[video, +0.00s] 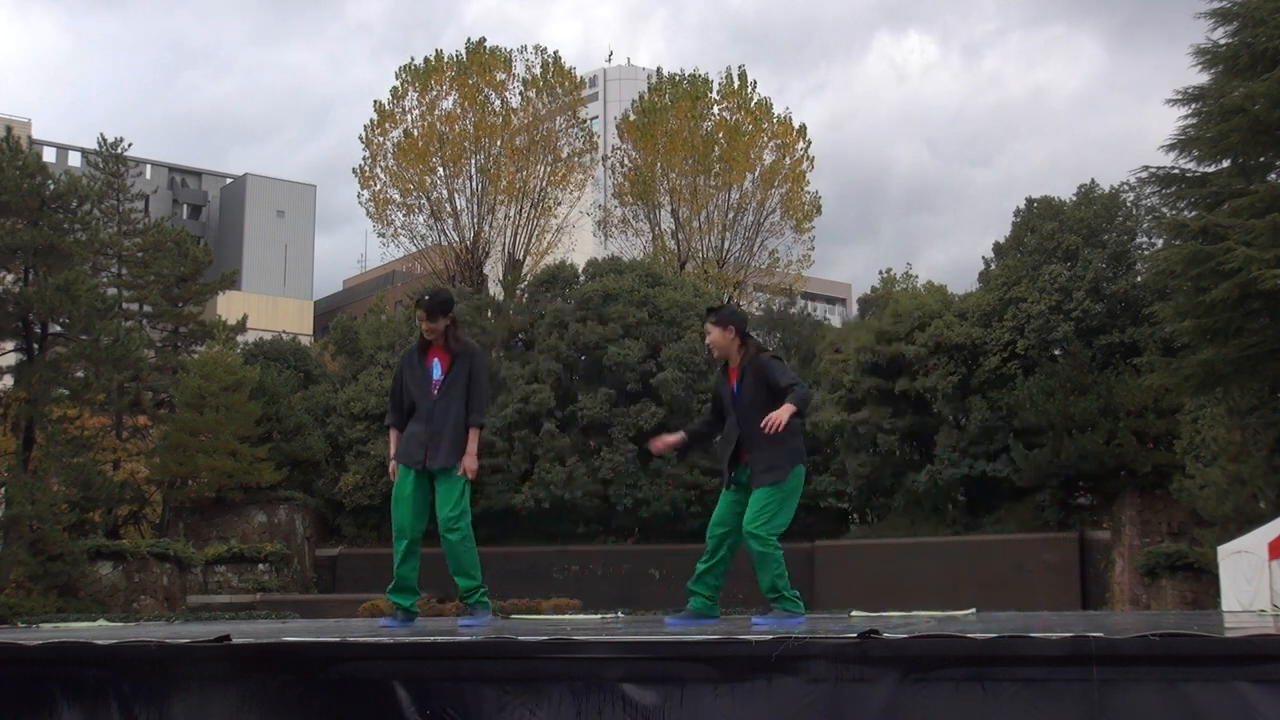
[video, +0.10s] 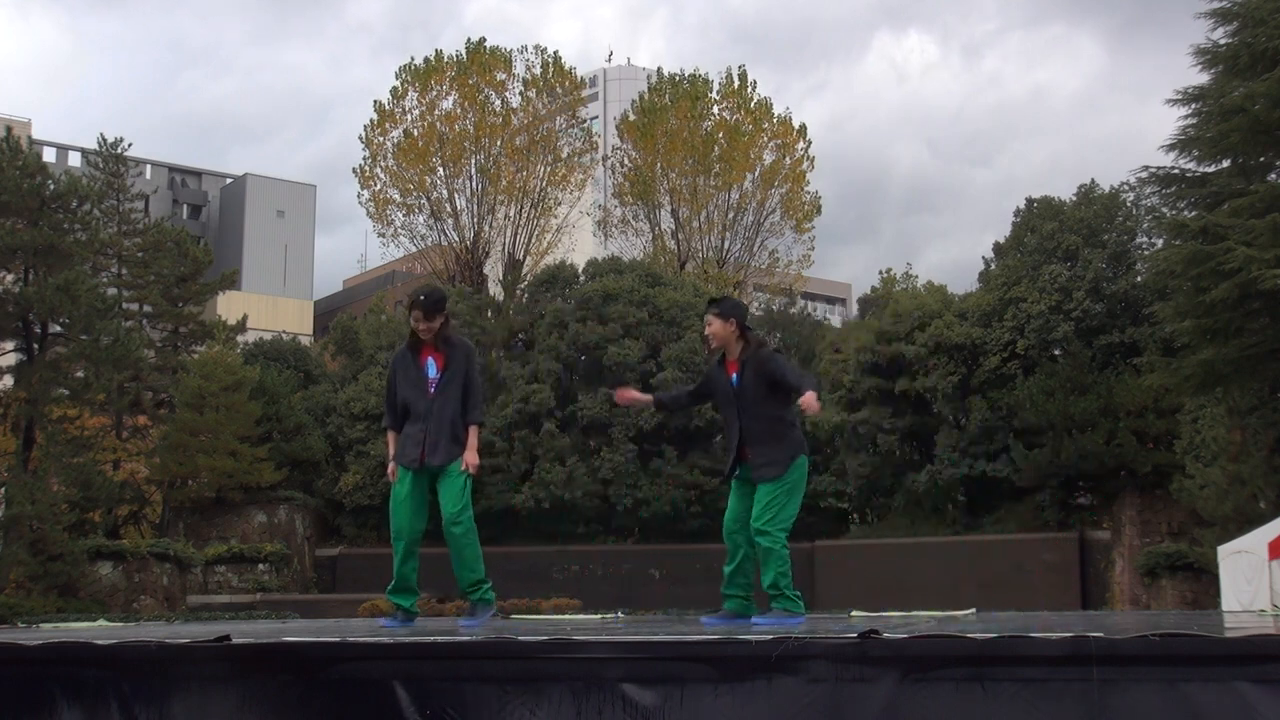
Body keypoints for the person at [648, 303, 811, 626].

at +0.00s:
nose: (707, 341)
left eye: (710, 334)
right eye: (706, 335)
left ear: (732, 333)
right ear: (729, 335)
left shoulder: (764, 363)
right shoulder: (725, 376)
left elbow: (800, 390)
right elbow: (714, 421)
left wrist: (787, 408)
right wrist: (679, 438)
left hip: (780, 467)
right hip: (743, 468)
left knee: (757, 529)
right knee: (720, 532)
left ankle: (787, 607)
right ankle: (703, 606)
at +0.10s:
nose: (706, 332)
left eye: (711, 325)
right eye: (705, 326)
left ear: (733, 325)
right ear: (722, 328)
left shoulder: (765, 359)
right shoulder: (719, 371)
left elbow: (799, 379)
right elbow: (689, 398)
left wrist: (809, 393)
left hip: (784, 462)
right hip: (747, 465)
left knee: (766, 528)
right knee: (735, 528)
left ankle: (788, 607)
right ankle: (738, 607)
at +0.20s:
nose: (713, 327)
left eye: (719, 319)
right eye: (712, 321)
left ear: (741, 320)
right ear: (728, 323)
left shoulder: (772, 357)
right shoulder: (715, 365)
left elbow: (806, 375)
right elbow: (682, 380)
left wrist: (834, 385)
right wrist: (642, 370)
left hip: (783, 460)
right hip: (744, 462)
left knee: (772, 528)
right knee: (743, 531)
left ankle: (787, 606)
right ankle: (754, 604)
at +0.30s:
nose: (728, 324)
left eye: (734, 317)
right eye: (725, 319)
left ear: (757, 318)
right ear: (725, 322)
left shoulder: (782, 358)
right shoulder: (719, 358)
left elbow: (819, 380)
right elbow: (688, 375)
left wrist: (853, 390)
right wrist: (657, 360)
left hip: (777, 460)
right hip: (737, 461)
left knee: (771, 527)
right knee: (741, 532)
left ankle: (783, 605)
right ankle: (752, 604)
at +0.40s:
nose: (740, 323)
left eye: (746, 316)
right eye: (735, 317)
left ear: (765, 315)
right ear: (731, 320)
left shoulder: (787, 355)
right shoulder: (722, 354)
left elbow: (821, 388)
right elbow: (687, 369)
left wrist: (858, 406)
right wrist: (674, 357)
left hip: (777, 458)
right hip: (736, 458)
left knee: (773, 528)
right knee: (740, 533)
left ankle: (784, 605)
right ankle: (752, 604)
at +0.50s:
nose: (745, 329)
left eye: (750, 321)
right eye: (739, 323)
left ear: (769, 316)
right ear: (734, 322)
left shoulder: (789, 354)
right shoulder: (726, 353)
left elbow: (811, 393)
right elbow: (687, 365)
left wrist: (838, 426)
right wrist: (685, 352)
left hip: (777, 458)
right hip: (736, 457)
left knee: (768, 528)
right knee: (731, 527)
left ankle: (785, 606)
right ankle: (768, 576)